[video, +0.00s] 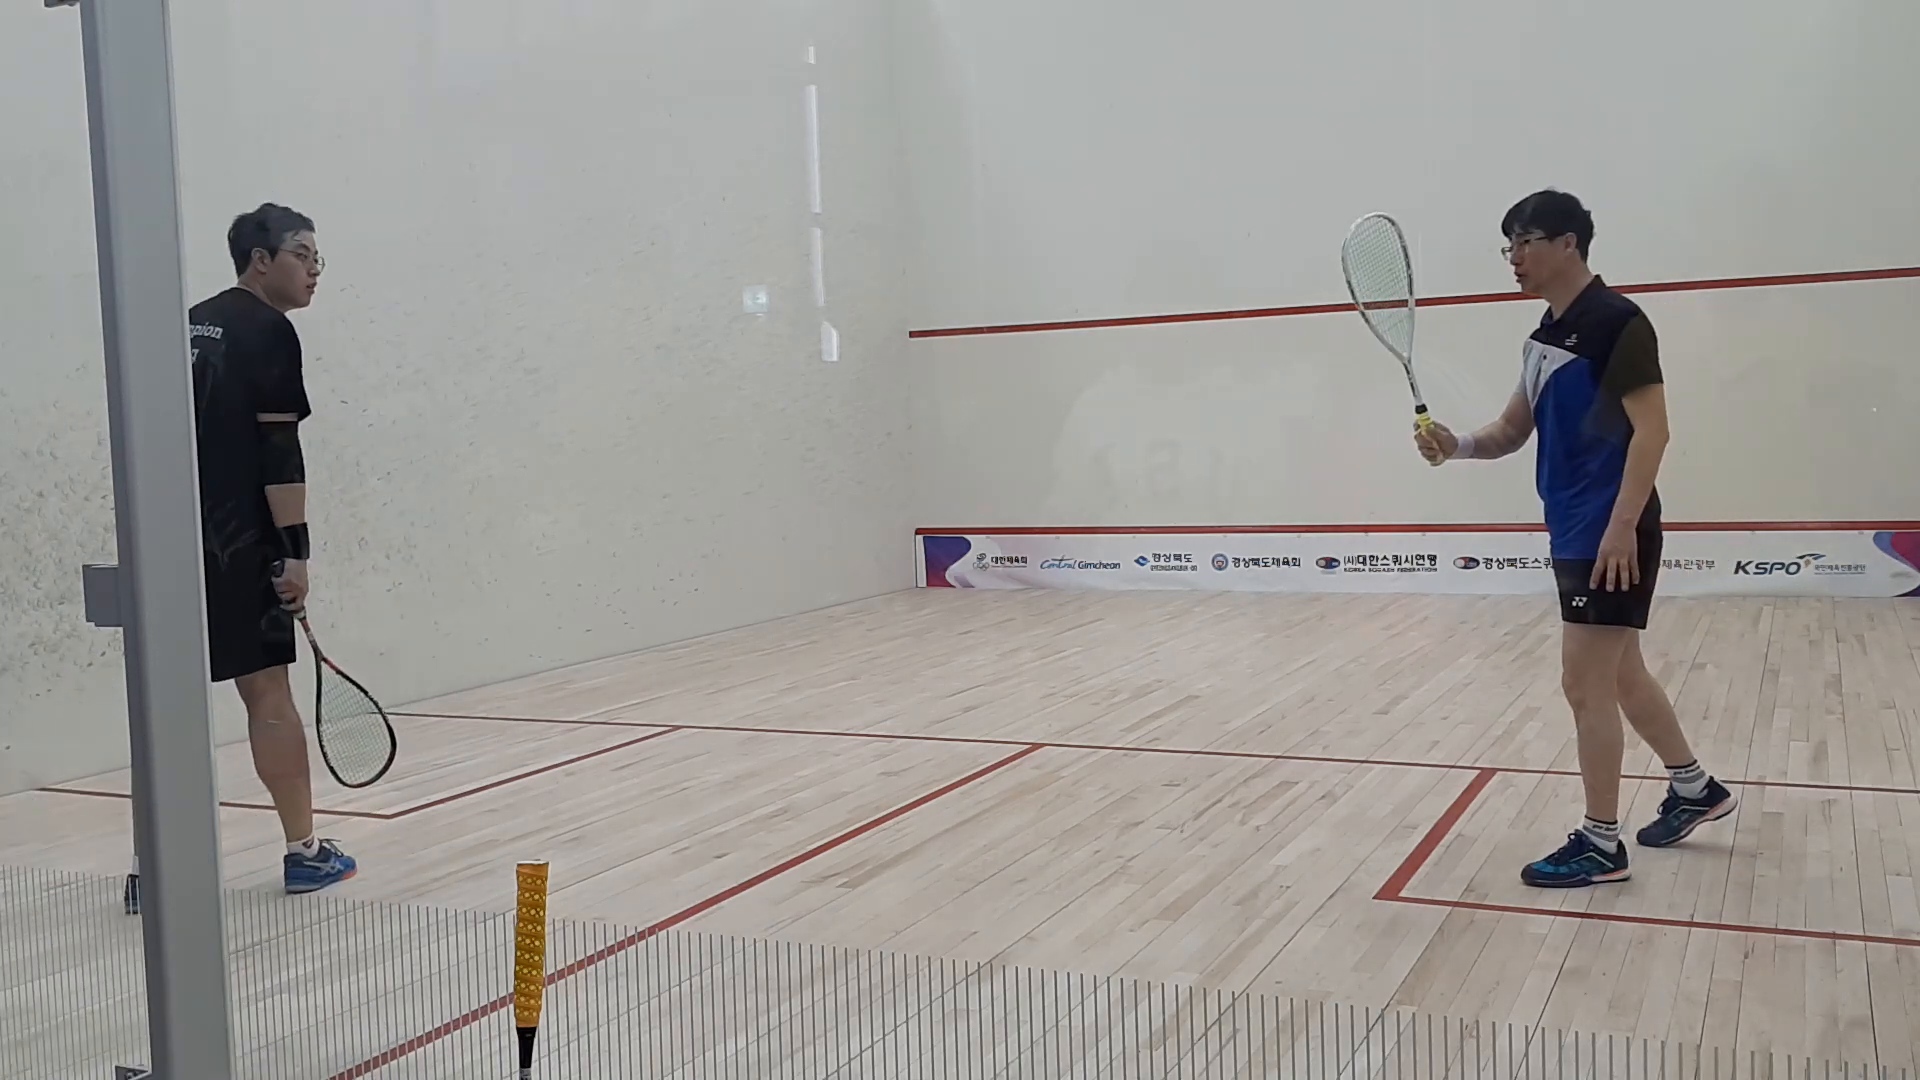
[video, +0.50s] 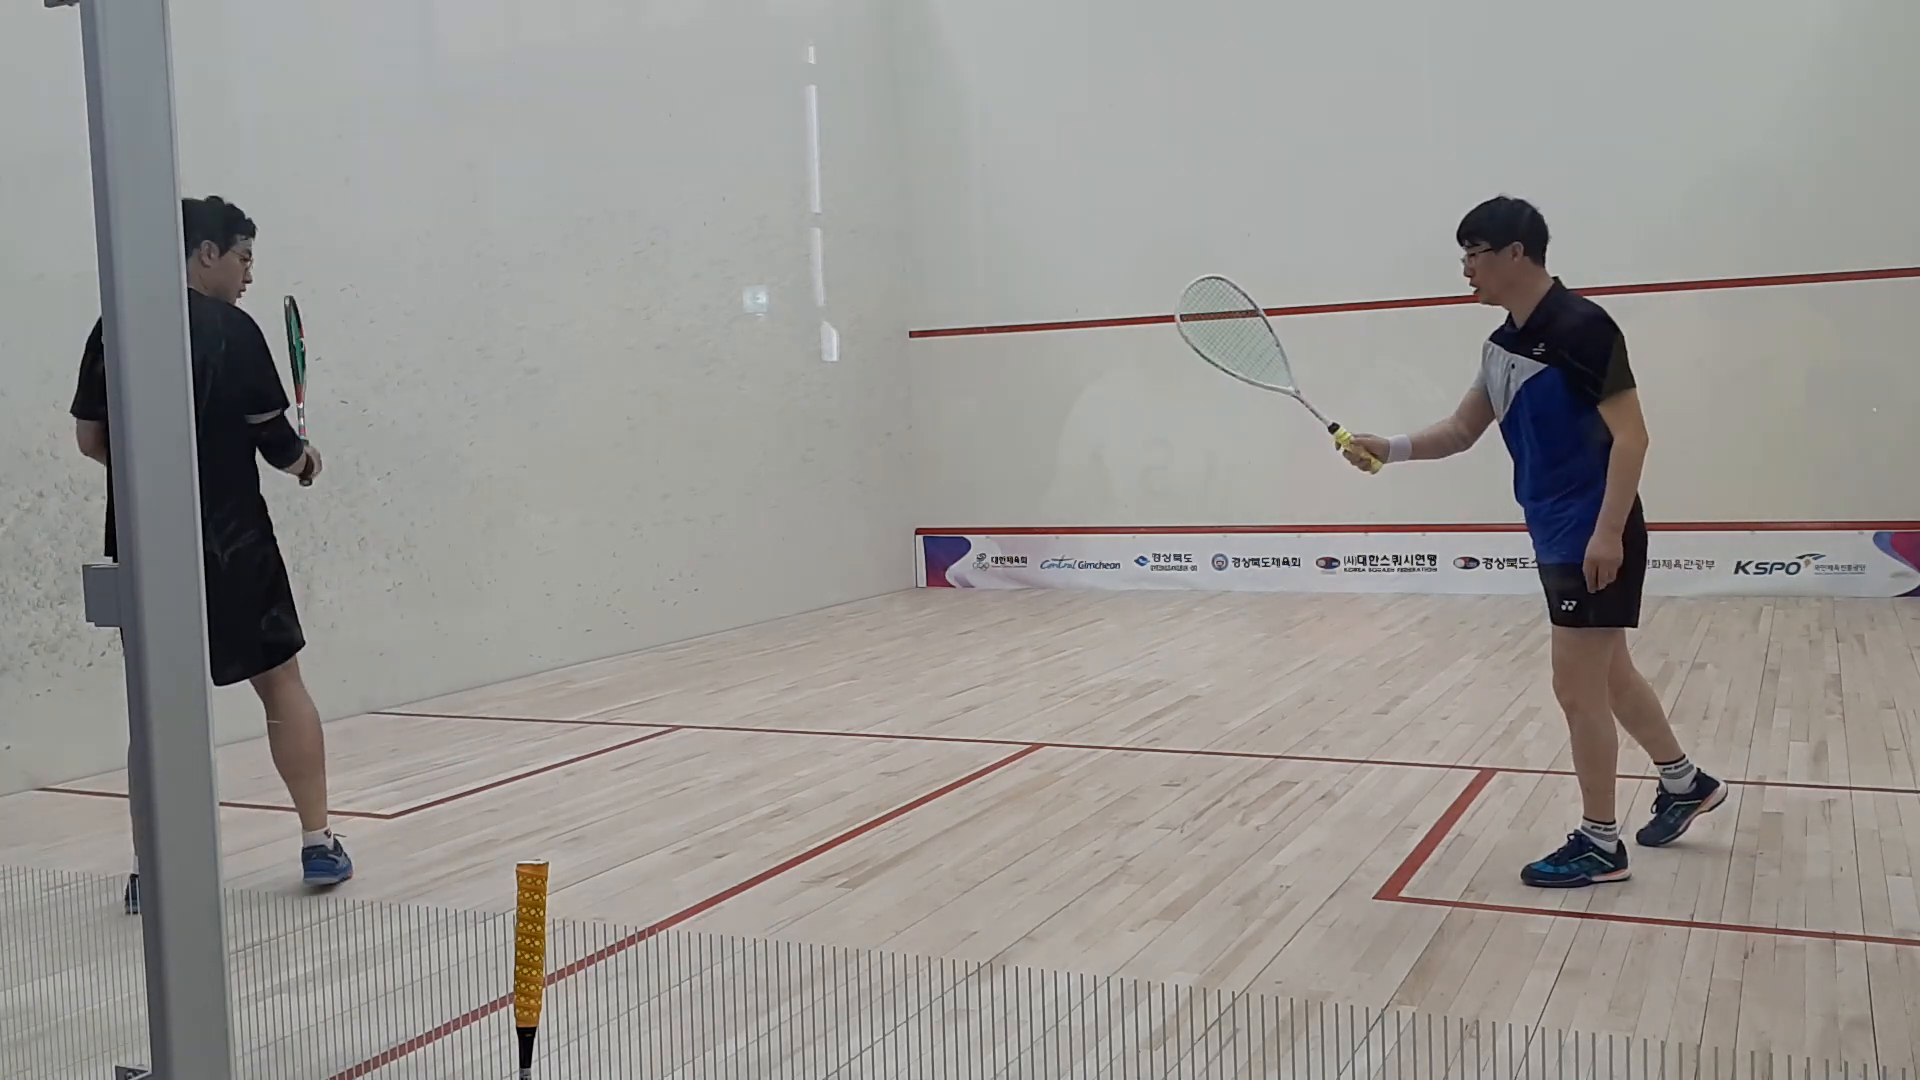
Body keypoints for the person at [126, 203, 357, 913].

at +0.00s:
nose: (316, 271)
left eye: (316, 258)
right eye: (305, 257)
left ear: (255, 265)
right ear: (260, 260)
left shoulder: (190, 320)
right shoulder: (270, 332)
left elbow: (170, 438)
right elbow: (280, 453)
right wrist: (297, 550)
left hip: (177, 543)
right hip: (242, 547)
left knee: (165, 705)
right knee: (269, 696)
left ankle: (152, 868)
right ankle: (304, 849)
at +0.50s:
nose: (249, 273)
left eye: (249, 259)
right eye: (242, 259)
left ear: (187, 257)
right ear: (206, 256)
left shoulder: (113, 323)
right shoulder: (231, 330)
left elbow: (91, 437)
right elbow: (272, 437)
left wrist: (157, 455)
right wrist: (303, 460)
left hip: (143, 549)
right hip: (232, 543)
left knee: (153, 711)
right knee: (282, 690)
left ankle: (152, 869)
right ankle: (319, 843)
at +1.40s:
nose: (293, 271)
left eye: (290, 260)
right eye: (289, 261)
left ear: (215, 269)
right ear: (272, 267)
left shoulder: (177, 321)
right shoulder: (305, 345)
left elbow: (115, 403)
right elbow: (314, 452)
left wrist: (51, 431)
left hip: (186, 547)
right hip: (276, 550)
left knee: (155, 699)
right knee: (294, 696)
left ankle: (135, 855)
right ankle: (324, 853)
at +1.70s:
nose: (221, 283)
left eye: (217, 271)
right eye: (217, 272)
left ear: (145, 271)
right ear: (202, 277)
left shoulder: (108, 328)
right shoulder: (239, 354)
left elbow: (70, 408)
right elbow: (245, 461)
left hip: (115, 560)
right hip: (216, 564)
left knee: (78, 699)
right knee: (247, 693)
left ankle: (86, 867)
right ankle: (316, 843)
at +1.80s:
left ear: (107, 259)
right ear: (177, 265)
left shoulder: (72, 334)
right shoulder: (205, 353)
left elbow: (30, 419)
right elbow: (210, 464)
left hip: (85, 557)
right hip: (181, 562)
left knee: (59, 703)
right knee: (206, 685)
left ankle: (84, 867)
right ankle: (278, 810)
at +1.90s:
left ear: (76, 270)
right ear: (141, 263)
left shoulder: (44, 334)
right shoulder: (176, 347)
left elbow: (4, 424)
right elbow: (189, 451)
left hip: (69, 559)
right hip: (159, 560)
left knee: (44, 697)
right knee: (171, 697)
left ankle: (82, 865)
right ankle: (204, 827)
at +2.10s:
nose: (110, 308)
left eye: (105, 299)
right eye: (107, 300)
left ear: (36, 304)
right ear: (93, 303)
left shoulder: (14, 358)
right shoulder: (122, 359)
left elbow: (5, 462)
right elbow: (146, 461)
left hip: (40, 575)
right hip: (114, 572)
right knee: (103, 694)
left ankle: (62, 847)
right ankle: (158, 823)